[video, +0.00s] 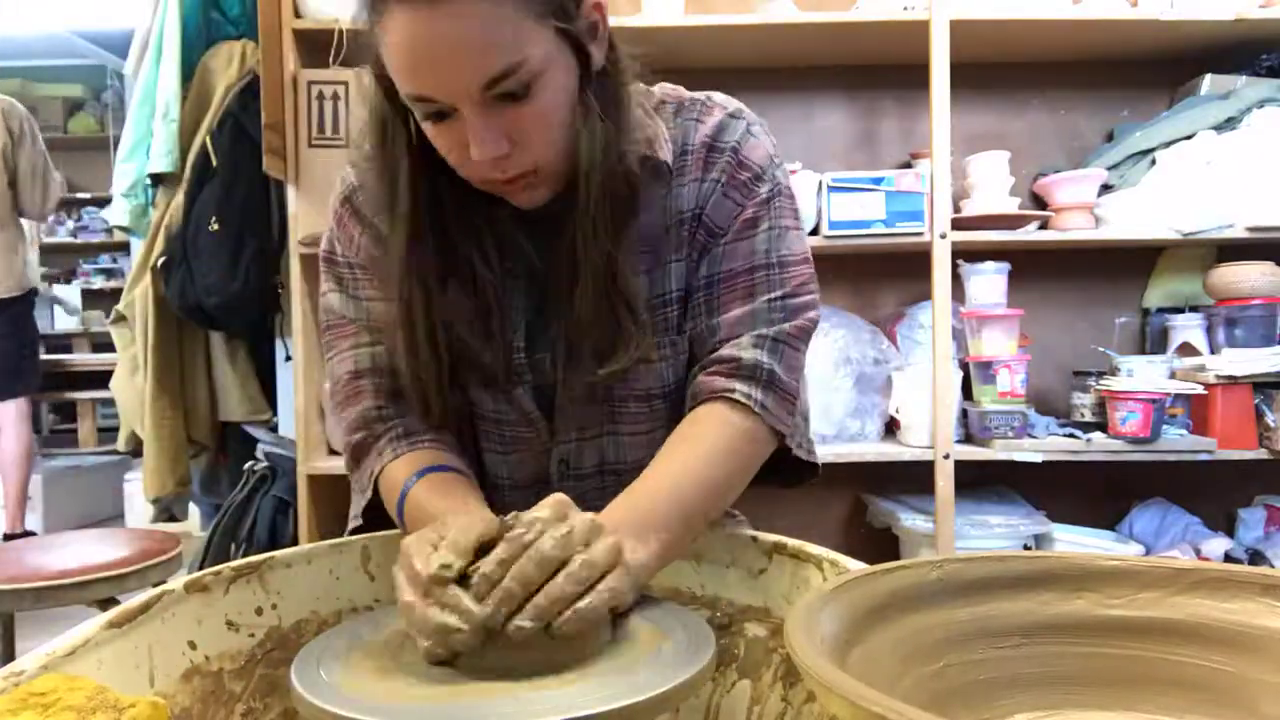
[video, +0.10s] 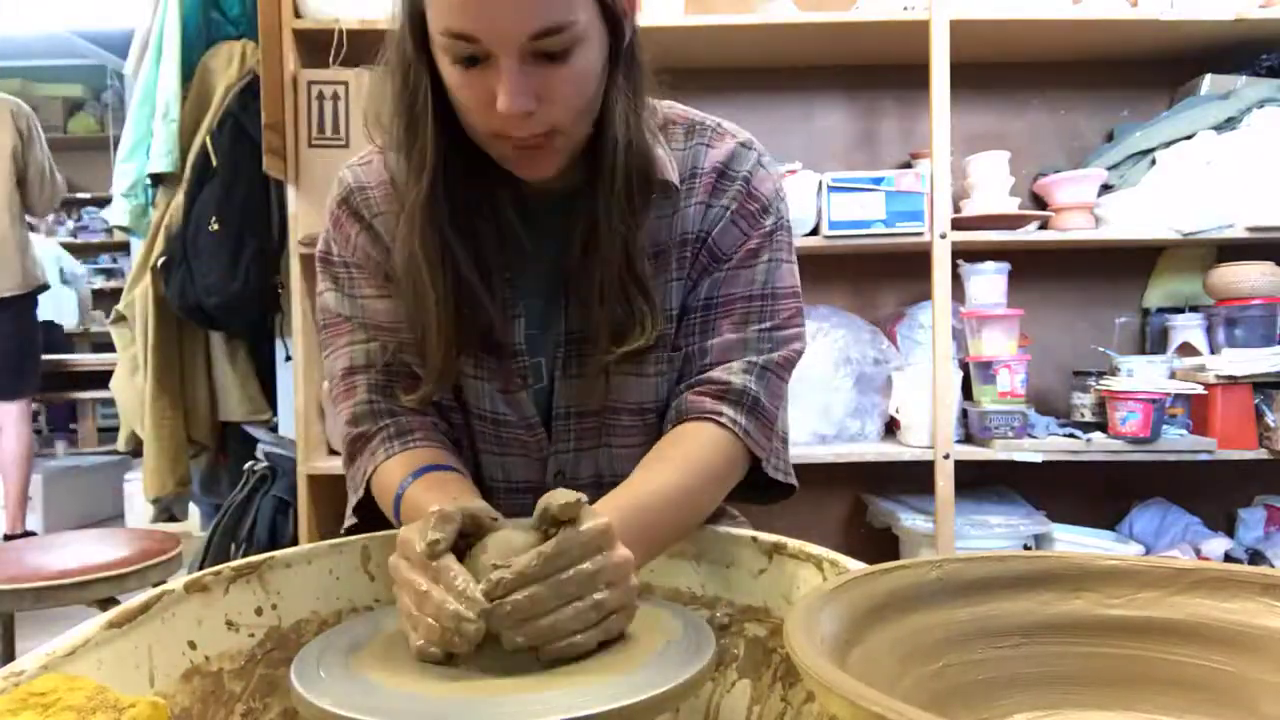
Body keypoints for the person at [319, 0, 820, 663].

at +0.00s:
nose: (484, 149)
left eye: (513, 91)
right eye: (436, 114)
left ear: (591, 32)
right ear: (399, 97)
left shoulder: (715, 152)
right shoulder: (381, 198)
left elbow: (753, 382)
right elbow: (376, 410)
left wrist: (620, 538)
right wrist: (457, 522)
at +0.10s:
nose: (512, 102)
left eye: (552, 51)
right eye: (469, 58)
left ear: (619, 22)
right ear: (426, 48)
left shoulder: (725, 180)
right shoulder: (376, 202)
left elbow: (733, 408)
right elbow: (384, 413)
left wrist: (601, 546)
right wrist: (459, 524)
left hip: (669, 591)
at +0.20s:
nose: (516, 111)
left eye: (556, 60)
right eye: (471, 67)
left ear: (621, 23)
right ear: (428, 51)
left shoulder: (726, 186)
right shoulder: (377, 207)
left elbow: (730, 413)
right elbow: (383, 419)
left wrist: (597, 545)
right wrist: (457, 527)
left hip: (668, 592)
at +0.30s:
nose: (509, 113)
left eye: (547, 62)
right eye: (463, 69)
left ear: (613, 25)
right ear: (421, 55)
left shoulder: (718, 186)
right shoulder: (373, 211)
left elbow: (717, 410)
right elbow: (382, 422)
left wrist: (588, 542)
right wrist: (453, 530)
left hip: (667, 594)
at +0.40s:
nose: (525, 130)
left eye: (565, 81)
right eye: (484, 86)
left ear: (635, 44)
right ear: (445, 70)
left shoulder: (736, 200)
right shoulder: (393, 206)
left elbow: (735, 427)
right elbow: (379, 413)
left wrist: (593, 549)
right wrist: (457, 531)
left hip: (674, 594)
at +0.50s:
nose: (504, 115)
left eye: (543, 65)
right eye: (460, 73)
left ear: (615, 31)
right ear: (419, 59)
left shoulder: (719, 202)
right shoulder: (369, 217)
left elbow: (723, 427)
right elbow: (376, 423)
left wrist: (601, 530)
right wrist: (438, 518)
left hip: (661, 607)